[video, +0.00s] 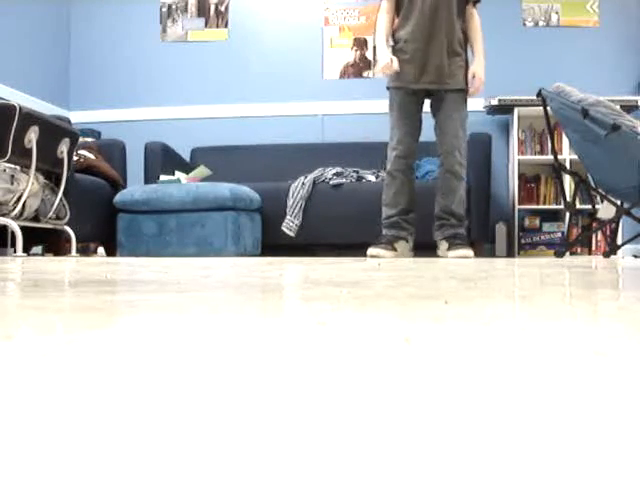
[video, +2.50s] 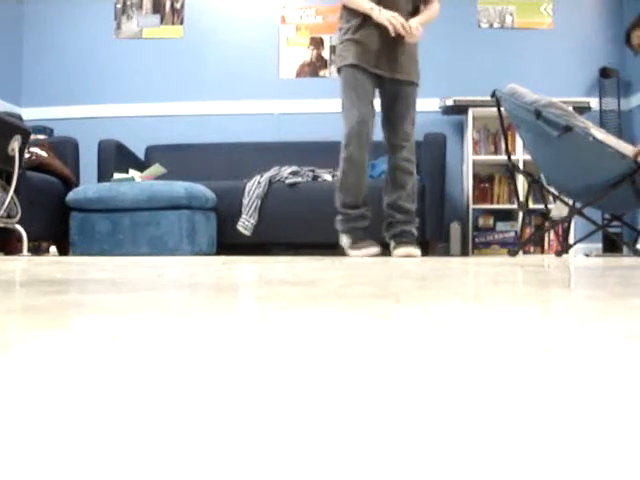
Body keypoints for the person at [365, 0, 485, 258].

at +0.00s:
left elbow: (471, 12)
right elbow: (387, 9)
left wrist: (478, 60)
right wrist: (383, 51)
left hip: (452, 68)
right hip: (405, 67)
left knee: (454, 157)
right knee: (399, 155)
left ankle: (451, 238)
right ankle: (396, 238)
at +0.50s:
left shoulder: (483, 3)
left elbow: (489, 22)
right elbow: (403, 6)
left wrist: (499, 73)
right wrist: (394, 50)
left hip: (458, 71)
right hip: (414, 65)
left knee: (457, 159)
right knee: (407, 153)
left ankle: (456, 237)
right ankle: (392, 235)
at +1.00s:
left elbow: (437, 15)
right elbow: (349, 12)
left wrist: (451, 62)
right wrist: (348, 51)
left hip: (410, 72)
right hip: (365, 69)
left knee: (419, 157)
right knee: (355, 154)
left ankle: (431, 238)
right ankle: (348, 238)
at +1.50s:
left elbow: (399, 4)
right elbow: (305, 24)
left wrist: (415, 35)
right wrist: (282, 64)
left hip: (373, 60)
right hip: (328, 64)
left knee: (372, 143)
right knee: (331, 154)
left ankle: (385, 235)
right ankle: (337, 236)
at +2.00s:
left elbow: (422, 2)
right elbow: (321, 7)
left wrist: (387, 26)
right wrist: (353, 24)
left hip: (395, 56)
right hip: (346, 57)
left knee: (402, 152)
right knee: (342, 154)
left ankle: (412, 237)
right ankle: (337, 238)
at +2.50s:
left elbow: (434, 5)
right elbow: (345, 1)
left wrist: (417, 21)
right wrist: (377, 12)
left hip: (404, 42)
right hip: (359, 37)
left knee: (403, 140)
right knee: (358, 129)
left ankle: (403, 233)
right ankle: (353, 229)